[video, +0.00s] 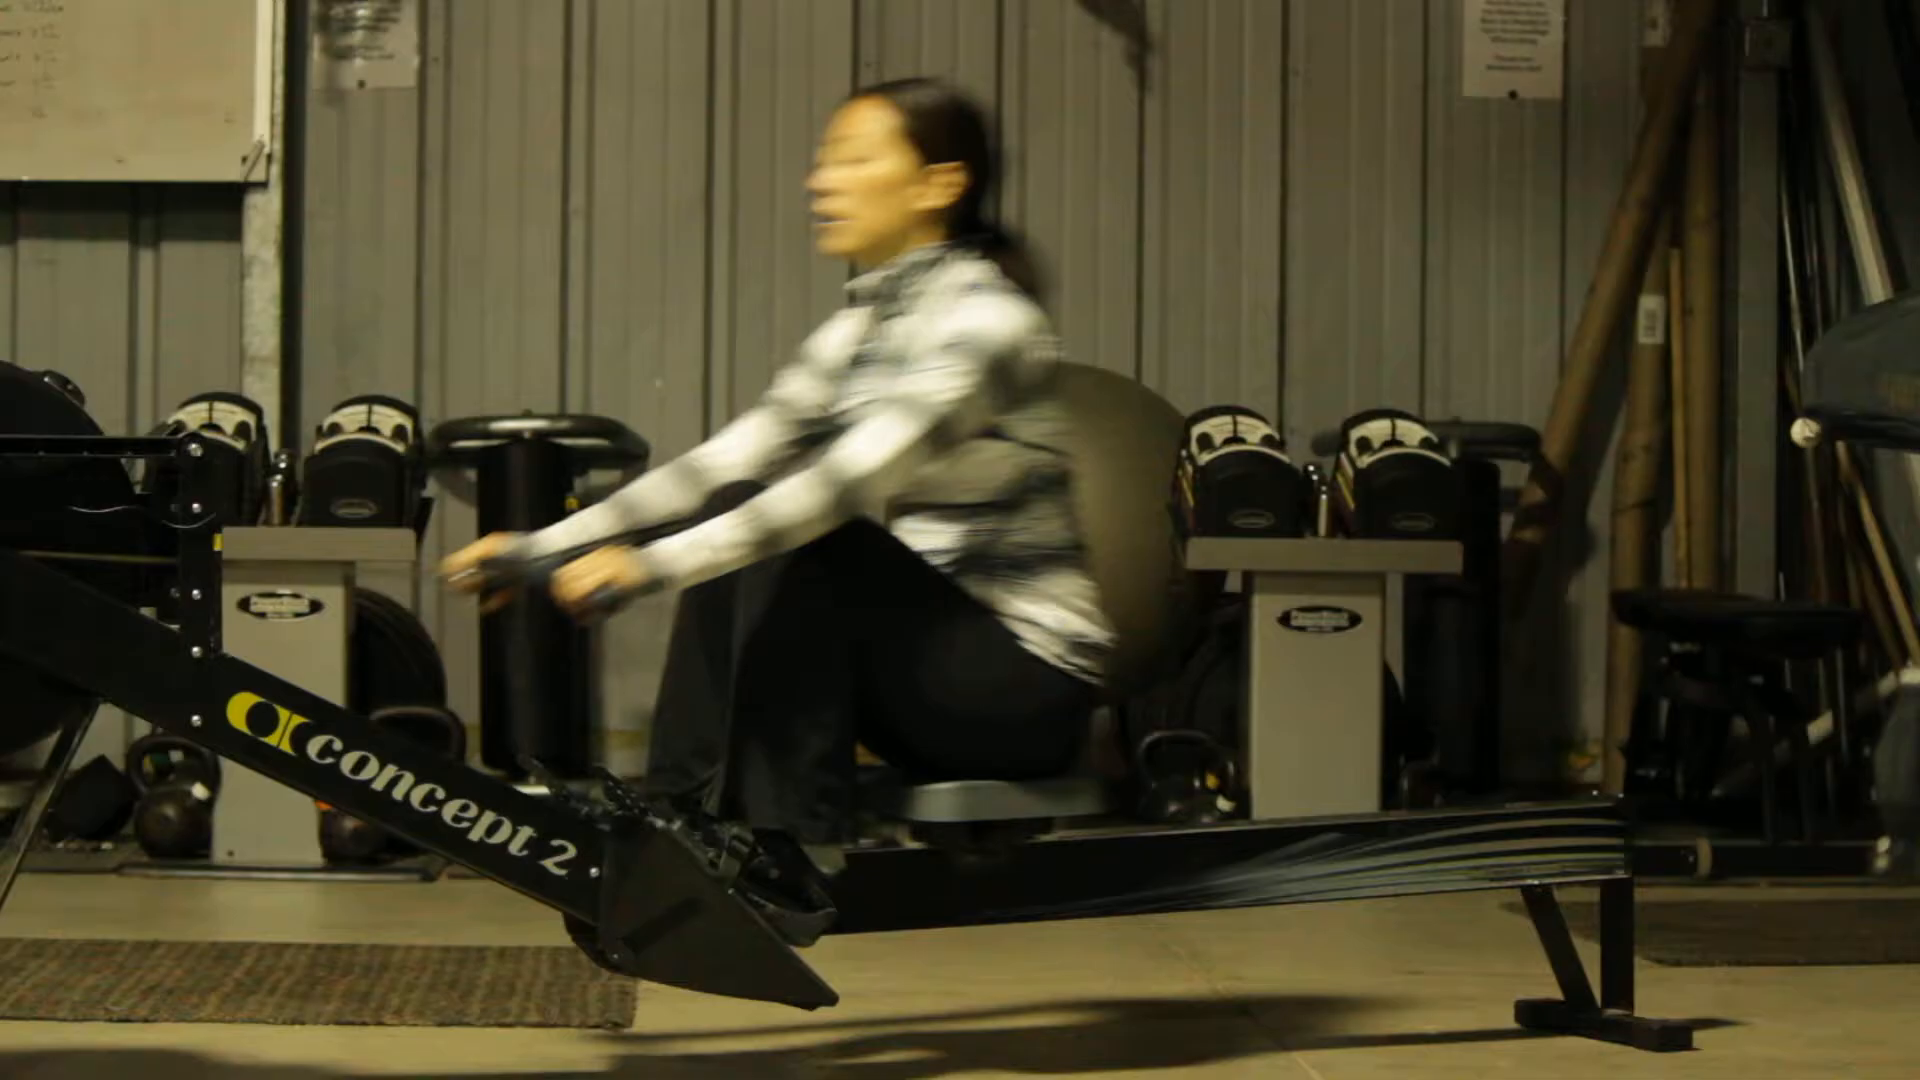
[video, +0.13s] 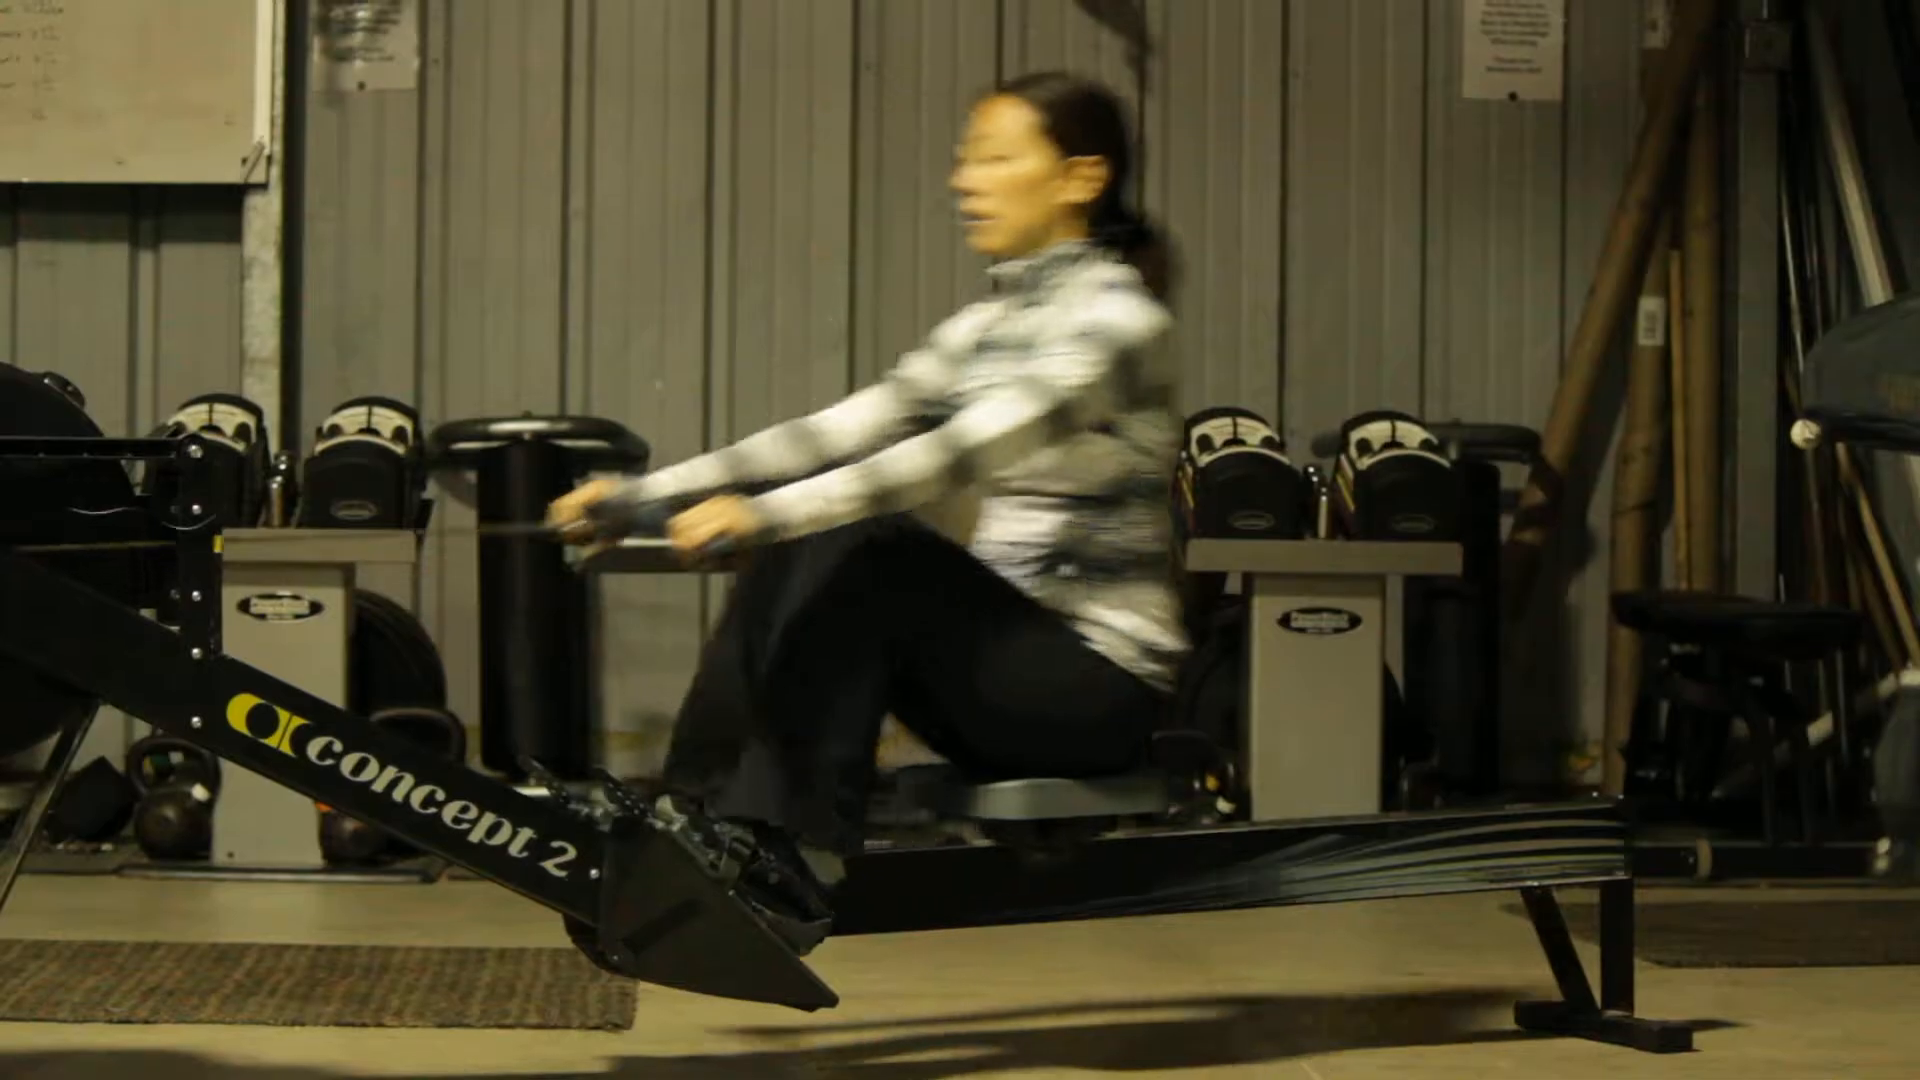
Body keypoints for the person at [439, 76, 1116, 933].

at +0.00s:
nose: (818, 181)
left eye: (850, 157)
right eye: (824, 159)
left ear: (941, 184)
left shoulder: (983, 317)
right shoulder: (866, 319)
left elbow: (838, 486)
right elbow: (736, 456)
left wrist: (651, 563)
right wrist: (543, 546)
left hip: (1028, 688)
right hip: (942, 673)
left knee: (820, 553)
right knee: (735, 546)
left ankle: (781, 853)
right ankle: (679, 823)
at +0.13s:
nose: (962, 181)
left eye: (994, 157)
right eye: (967, 156)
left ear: (1083, 179)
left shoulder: (1115, 317)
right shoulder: (990, 320)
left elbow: (955, 450)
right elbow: (836, 431)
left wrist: (764, 513)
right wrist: (637, 496)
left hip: (1103, 691)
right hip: (1017, 678)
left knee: (875, 554)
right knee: (799, 546)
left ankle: (793, 851)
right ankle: (687, 812)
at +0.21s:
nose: (1057, 186)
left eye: (1084, 161)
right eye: (1058, 162)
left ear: (1172, 182)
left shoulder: (1202, 320)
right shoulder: (1075, 318)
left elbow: (1036, 432)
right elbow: (916, 408)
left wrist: (841, 484)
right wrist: (710, 466)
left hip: (1161, 690)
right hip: (1073, 674)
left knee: (904, 555)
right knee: (835, 556)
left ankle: (798, 852)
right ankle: (700, 831)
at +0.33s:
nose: (1181, 195)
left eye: (1208, 172)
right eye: (1181, 174)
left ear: (1294, 187)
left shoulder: (1304, 321)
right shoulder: (1190, 319)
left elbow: (1133, 411)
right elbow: (1029, 393)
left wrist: (952, 458)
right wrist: (818, 444)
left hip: (1232, 687)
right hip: (1158, 669)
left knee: (955, 587)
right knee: (891, 587)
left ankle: (810, 859)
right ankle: (725, 822)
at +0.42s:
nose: (1251, 204)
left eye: (1278, 181)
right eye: (1252, 182)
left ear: (1361, 198)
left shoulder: (1374, 327)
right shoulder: (1258, 325)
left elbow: (1198, 409)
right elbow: (1114, 390)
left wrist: (1025, 454)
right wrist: (901, 443)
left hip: (1279, 686)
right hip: (1200, 665)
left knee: (993, 614)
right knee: (934, 607)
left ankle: (820, 865)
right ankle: (739, 832)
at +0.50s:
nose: (1312, 218)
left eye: (1336, 194)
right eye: (1311, 196)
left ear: (1420, 209)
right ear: (1314, 211)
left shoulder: (1430, 335)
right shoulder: (1319, 336)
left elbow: (1297, 428)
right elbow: (1180, 407)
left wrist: (1106, 454)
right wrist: (966, 454)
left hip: (1319, 679)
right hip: (1232, 659)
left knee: (1035, 642)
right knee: (963, 632)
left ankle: (820, 875)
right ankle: (750, 835)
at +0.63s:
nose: (1381, 245)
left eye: (1403, 224)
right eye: (1378, 226)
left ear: (1483, 229)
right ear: (1388, 237)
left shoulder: (1500, 354)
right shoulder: (1377, 359)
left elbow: (1430, 484)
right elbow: (1257, 465)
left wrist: (1226, 477)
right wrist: (1076, 475)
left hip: (1366, 674)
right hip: (1277, 652)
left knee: (1050, 685)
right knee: (994, 673)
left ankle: (811, 878)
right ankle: (738, 846)